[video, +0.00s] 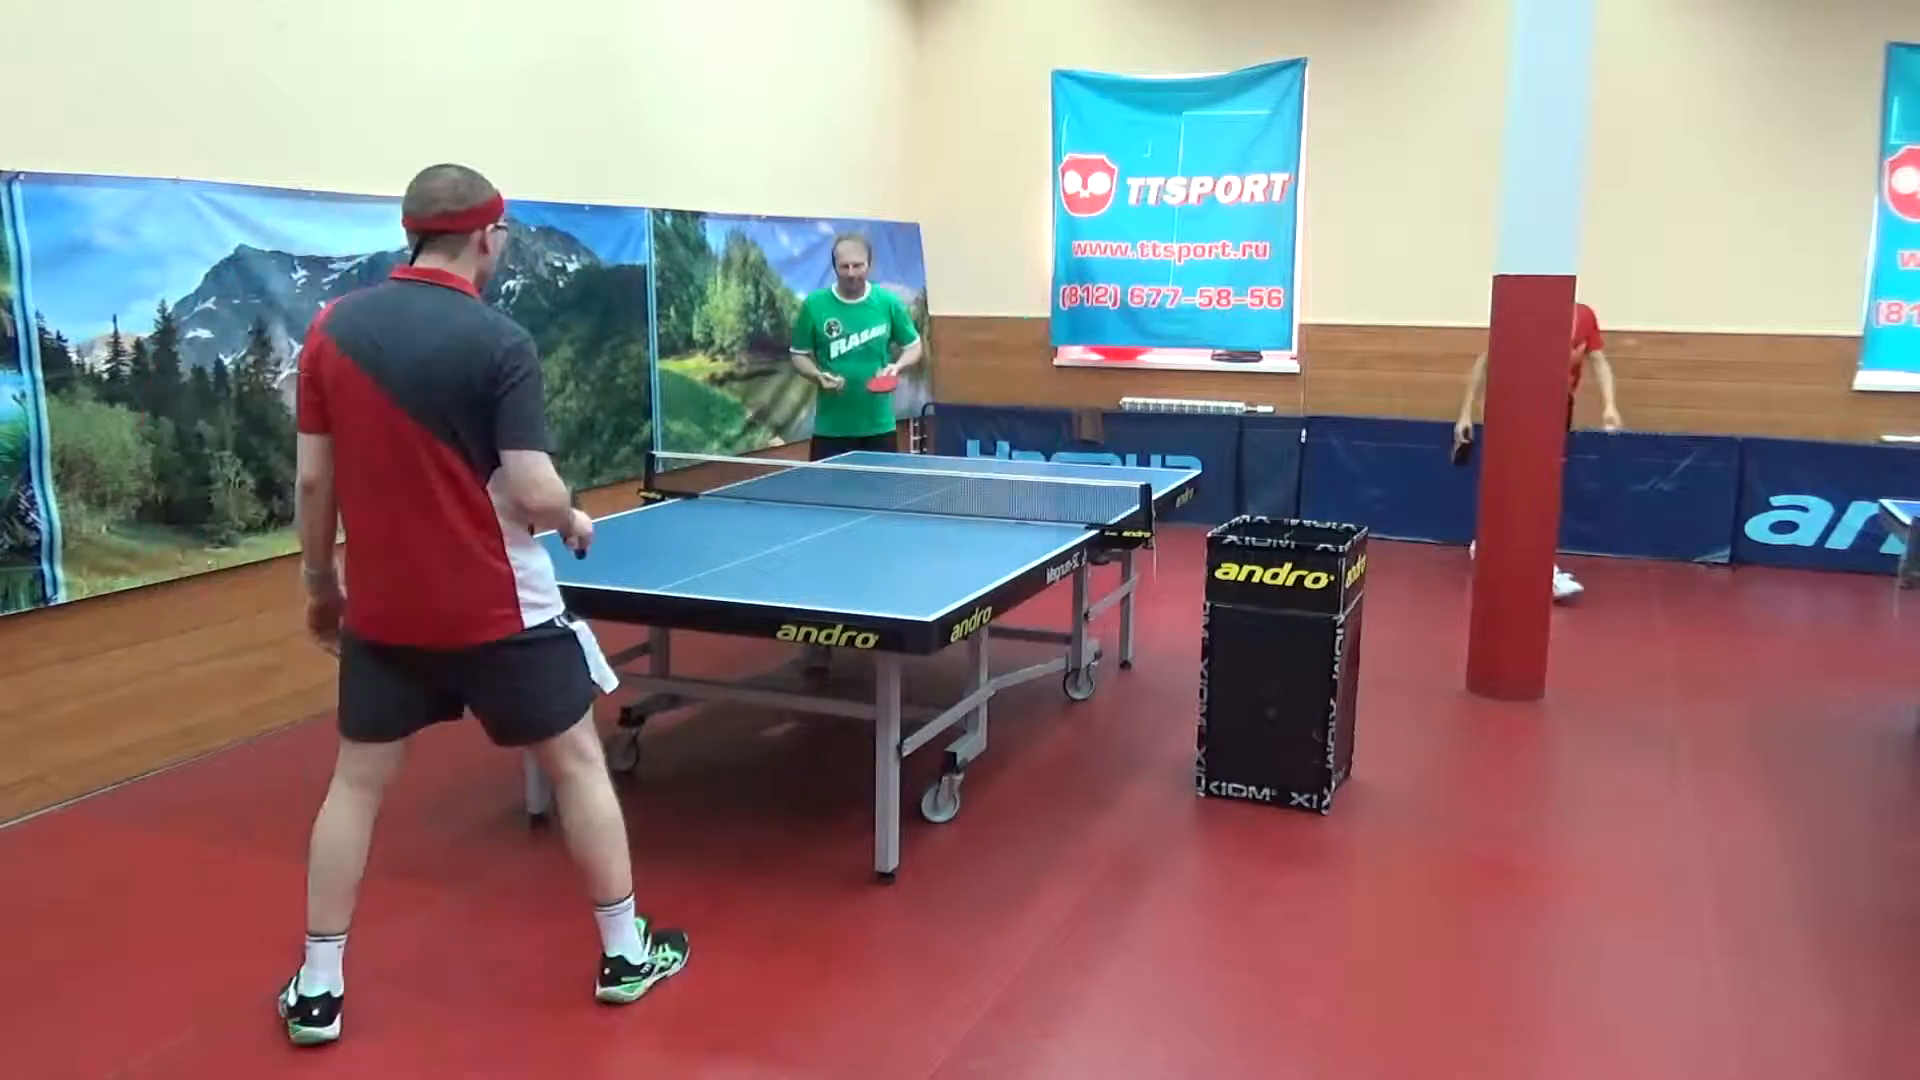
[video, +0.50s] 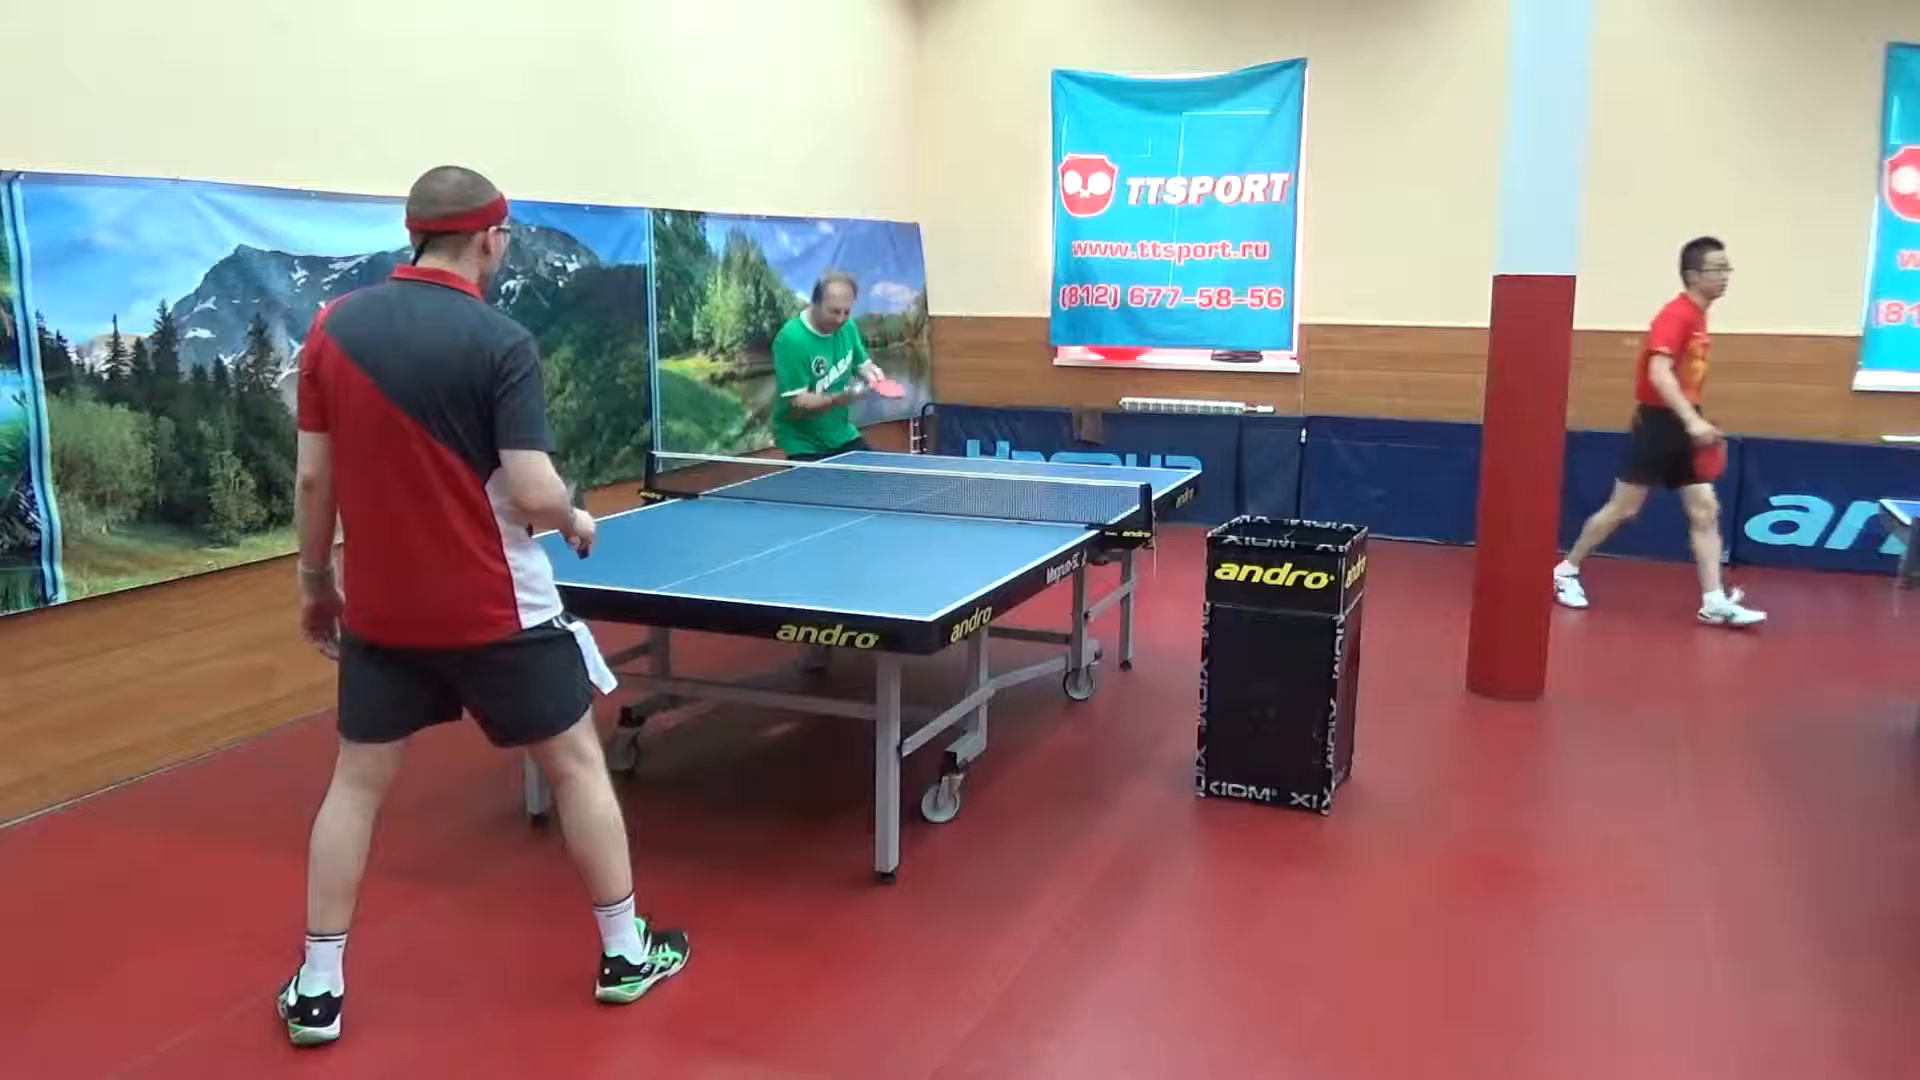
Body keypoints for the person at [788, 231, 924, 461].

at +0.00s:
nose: (851, 273)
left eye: (858, 266)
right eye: (844, 267)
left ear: (868, 265)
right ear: (835, 268)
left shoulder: (888, 302)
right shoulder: (815, 305)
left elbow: (914, 345)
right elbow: (799, 354)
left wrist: (897, 367)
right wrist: (818, 375)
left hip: (879, 424)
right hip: (832, 425)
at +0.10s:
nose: (851, 283)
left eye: (858, 276)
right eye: (845, 276)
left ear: (868, 275)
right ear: (834, 276)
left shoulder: (887, 311)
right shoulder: (813, 312)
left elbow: (912, 356)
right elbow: (796, 362)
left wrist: (895, 370)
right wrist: (817, 379)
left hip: (878, 431)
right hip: (827, 431)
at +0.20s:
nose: (847, 296)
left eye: (853, 289)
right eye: (840, 289)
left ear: (863, 285)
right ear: (828, 287)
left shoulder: (880, 318)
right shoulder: (806, 322)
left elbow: (902, 365)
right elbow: (793, 373)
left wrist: (888, 374)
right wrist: (817, 384)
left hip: (874, 435)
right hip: (823, 436)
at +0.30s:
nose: (839, 309)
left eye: (845, 303)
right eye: (832, 302)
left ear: (853, 299)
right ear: (819, 298)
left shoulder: (866, 327)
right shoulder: (795, 331)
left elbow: (885, 373)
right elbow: (787, 390)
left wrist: (875, 384)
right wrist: (818, 395)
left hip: (862, 438)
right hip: (815, 442)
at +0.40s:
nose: (835, 320)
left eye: (841, 313)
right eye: (828, 312)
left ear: (848, 309)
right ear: (812, 306)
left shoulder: (852, 330)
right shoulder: (787, 344)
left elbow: (865, 375)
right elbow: (786, 403)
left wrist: (866, 390)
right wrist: (820, 414)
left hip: (849, 436)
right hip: (807, 446)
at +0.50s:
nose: (841, 320)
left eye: (846, 312)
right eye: (835, 312)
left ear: (851, 308)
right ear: (816, 305)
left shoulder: (847, 326)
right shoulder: (790, 340)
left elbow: (861, 361)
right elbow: (797, 401)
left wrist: (870, 373)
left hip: (842, 431)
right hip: (804, 440)